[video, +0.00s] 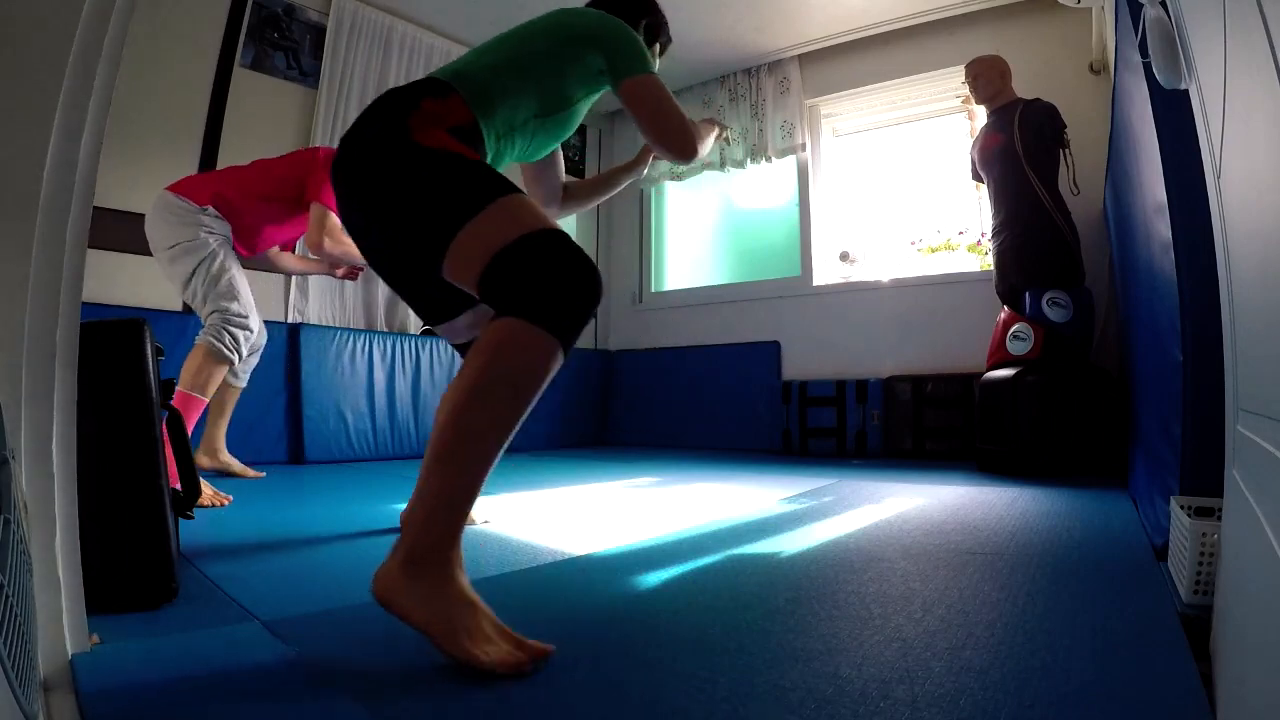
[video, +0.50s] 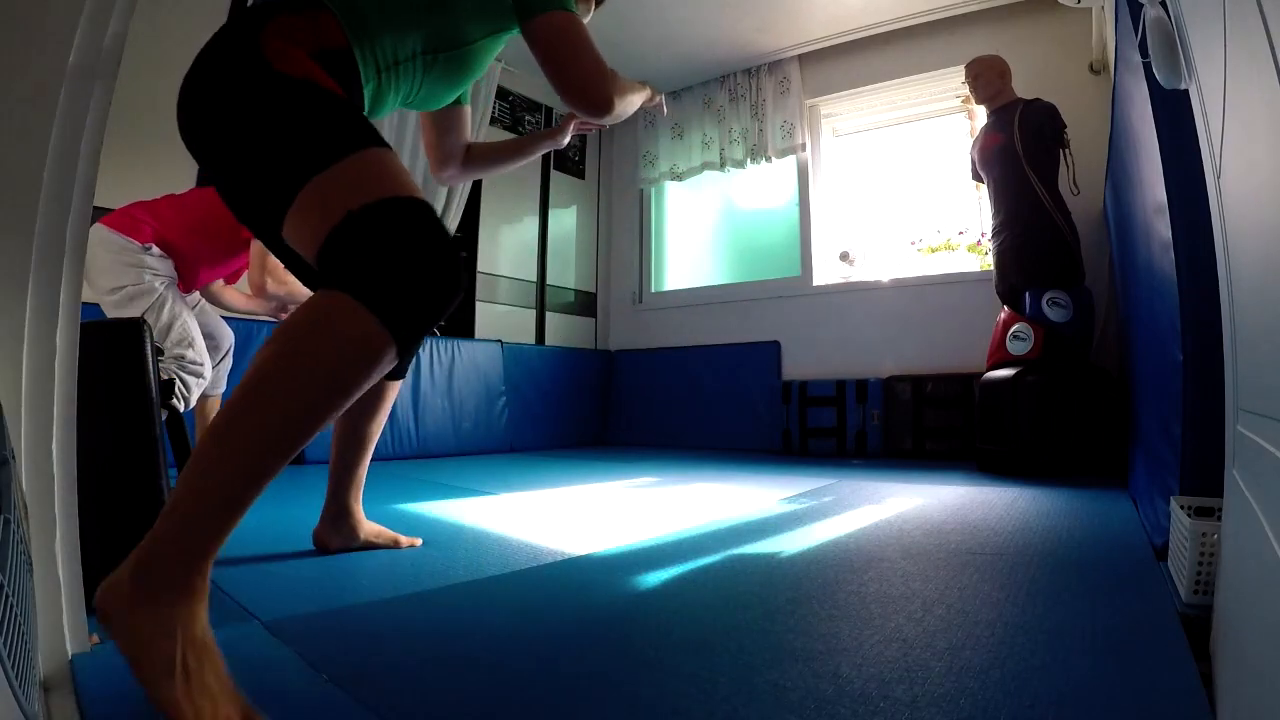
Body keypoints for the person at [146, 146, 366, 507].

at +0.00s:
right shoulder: (328, 164)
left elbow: (264, 256)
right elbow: (324, 242)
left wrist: (330, 267)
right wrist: (369, 256)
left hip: (211, 229)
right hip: (188, 213)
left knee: (251, 335)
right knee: (233, 324)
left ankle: (211, 450)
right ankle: (168, 454)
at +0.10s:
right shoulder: (306, 173)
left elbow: (264, 270)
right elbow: (305, 249)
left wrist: (330, 274)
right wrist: (350, 268)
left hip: (198, 237)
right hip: (173, 221)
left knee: (241, 339)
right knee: (222, 332)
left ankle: (210, 453)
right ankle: (139, 415)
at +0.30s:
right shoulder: (277, 204)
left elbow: (238, 288)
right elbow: (280, 273)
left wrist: (304, 290)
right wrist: (337, 281)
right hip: (140, 237)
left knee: (222, 341)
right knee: (189, 359)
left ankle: (207, 456)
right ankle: (119, 444)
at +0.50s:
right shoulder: (278, 214)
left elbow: (211, 287)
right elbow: (266, 281)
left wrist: (273, 309)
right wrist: (321, 301)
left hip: (163, 262)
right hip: (130, 248)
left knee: (218, 341)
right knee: (188, 368)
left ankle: (208, 462)